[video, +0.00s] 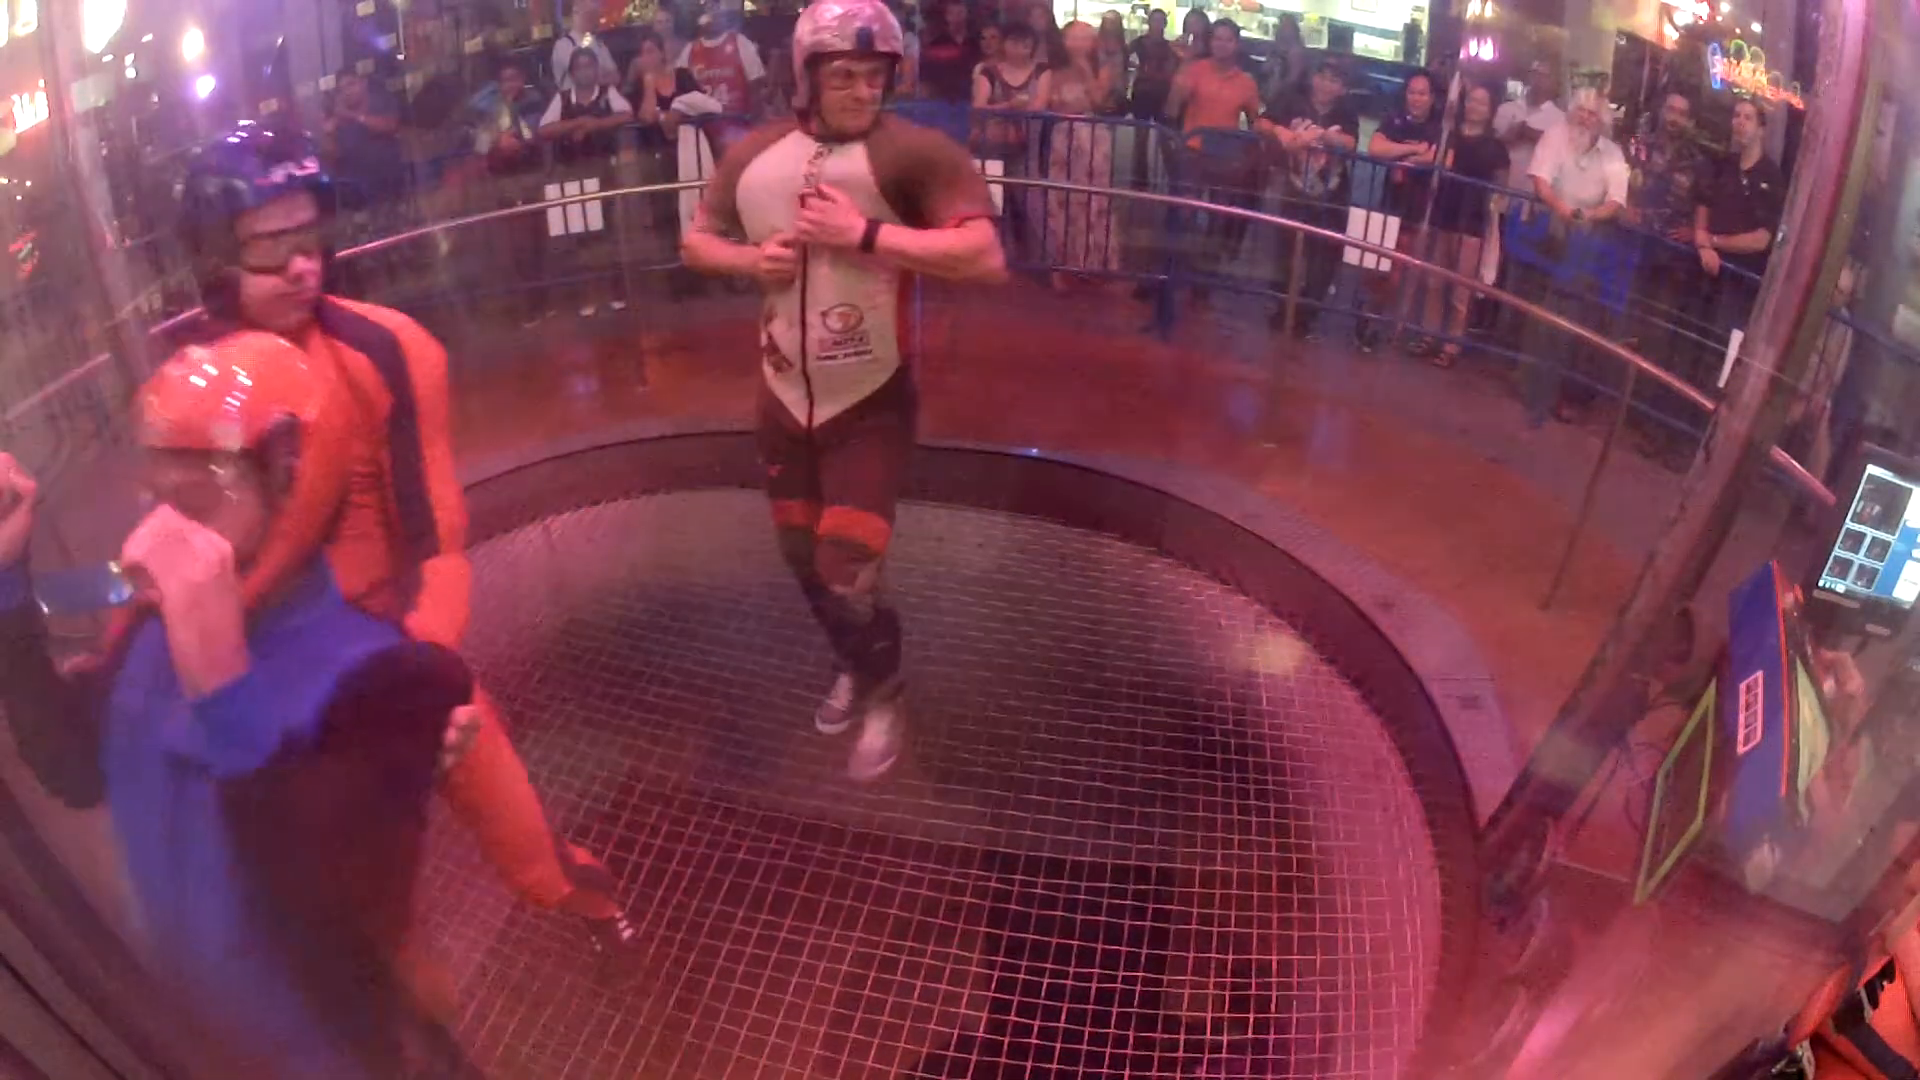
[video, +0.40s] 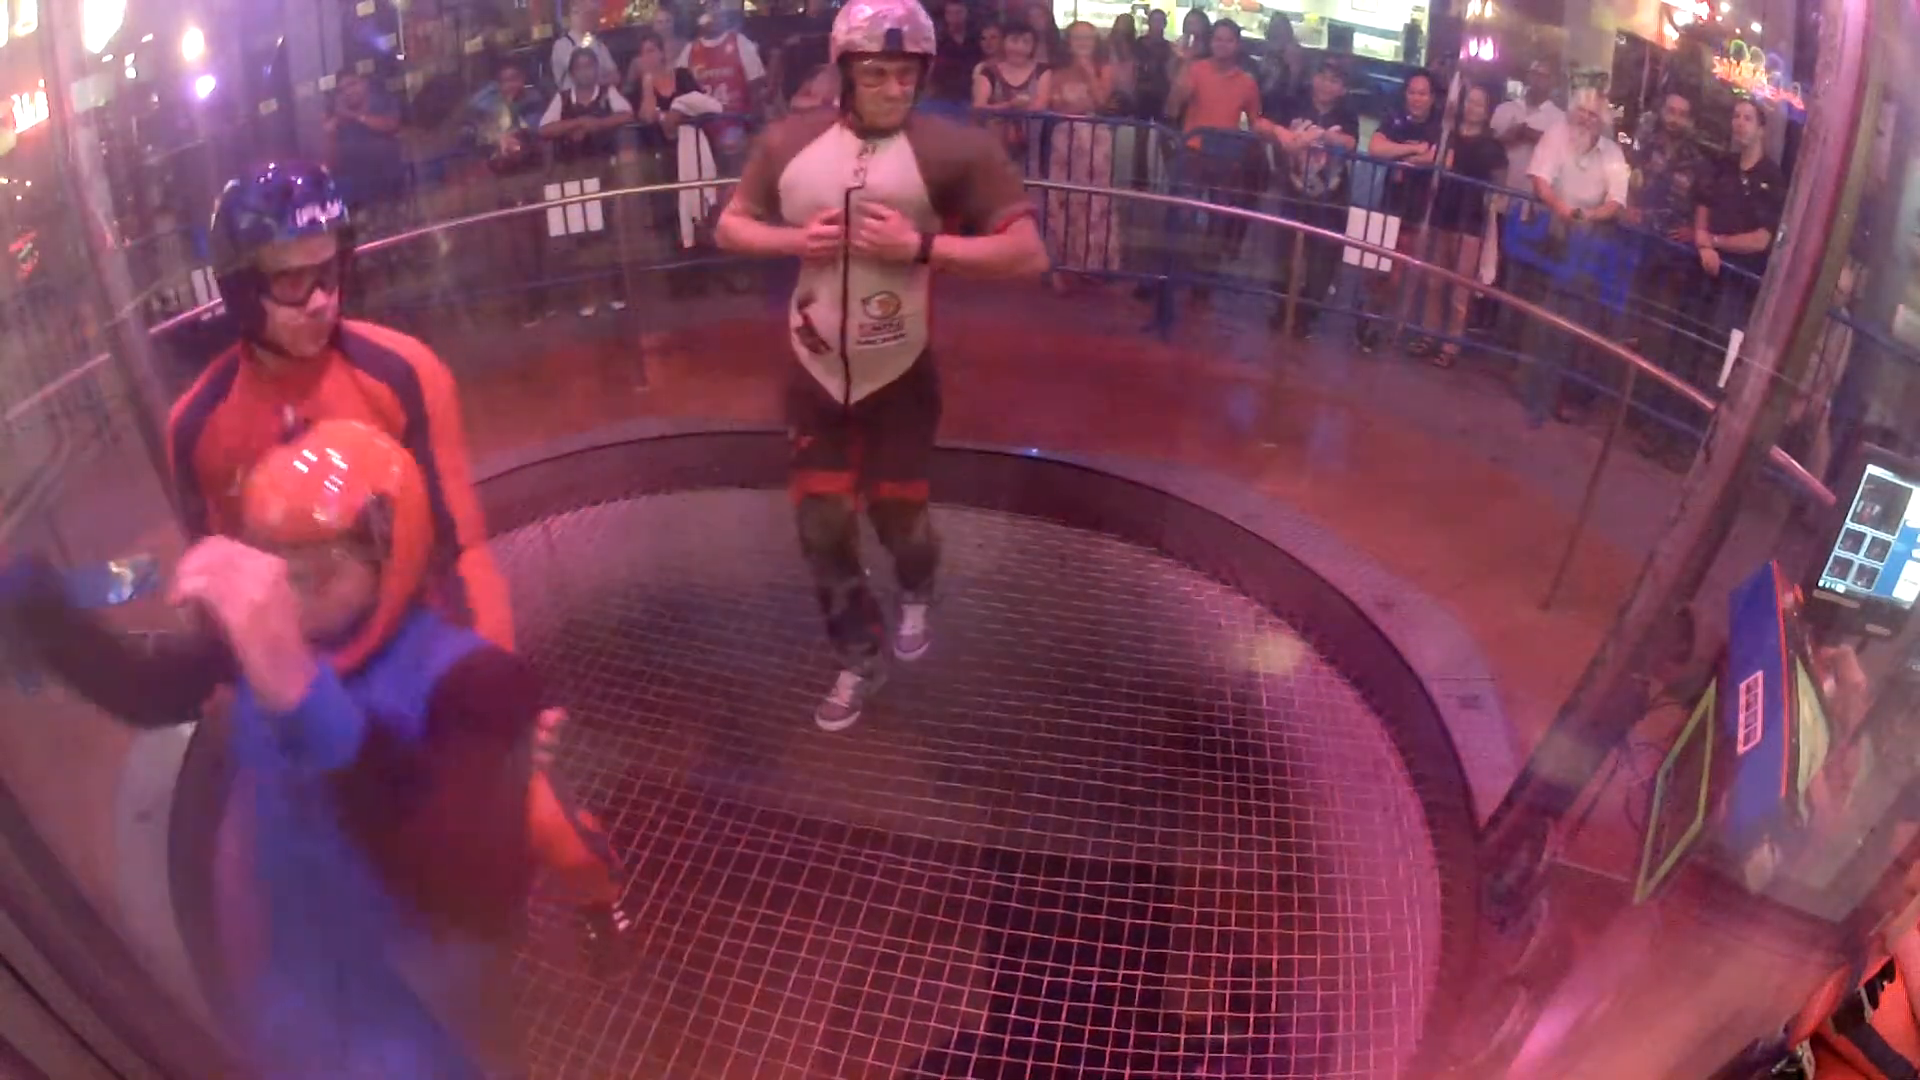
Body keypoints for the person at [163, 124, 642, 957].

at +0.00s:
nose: (299, 270)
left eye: (308, 242)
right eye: (269, 254)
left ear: (325, 236)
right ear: (213, 262)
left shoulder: (393, 353)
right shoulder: (192, 371)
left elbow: (440, 542)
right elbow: (184, 525)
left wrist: (418, 662)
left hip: (383, 607)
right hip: (258, 626)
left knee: (452, 704)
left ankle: (544, 878)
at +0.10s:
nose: (321, 266)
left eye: (331, 239)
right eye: (291, 251)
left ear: (349, 232)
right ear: (235, 258)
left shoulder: (409, 356)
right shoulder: (183, 395)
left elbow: (445, 544)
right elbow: (187, 548)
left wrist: (430, 681)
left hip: (391, 633)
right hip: (256, 653)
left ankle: (551, 875)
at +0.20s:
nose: (328, 269)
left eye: (339, 243)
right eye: (300, 251)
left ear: (355, 237)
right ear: (243, 258)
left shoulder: (414, 357)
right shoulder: (189, 399)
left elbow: (448, 537)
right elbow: (204, 549)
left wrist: (452, 675)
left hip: (406, 645)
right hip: (267, 658)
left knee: (551, 864)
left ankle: (603, 899)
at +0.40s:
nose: (317, 303)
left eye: (327, 276)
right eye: (291, 286)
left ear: (345, 266)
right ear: (243, 289)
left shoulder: (406, 372)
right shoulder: (196, 426)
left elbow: (464, 542)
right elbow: (220, 576)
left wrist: (501, 683)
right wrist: (240, 685)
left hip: (423, 653)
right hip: (284, 674)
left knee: (553, 835)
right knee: (237, 875)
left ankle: (606, 912)